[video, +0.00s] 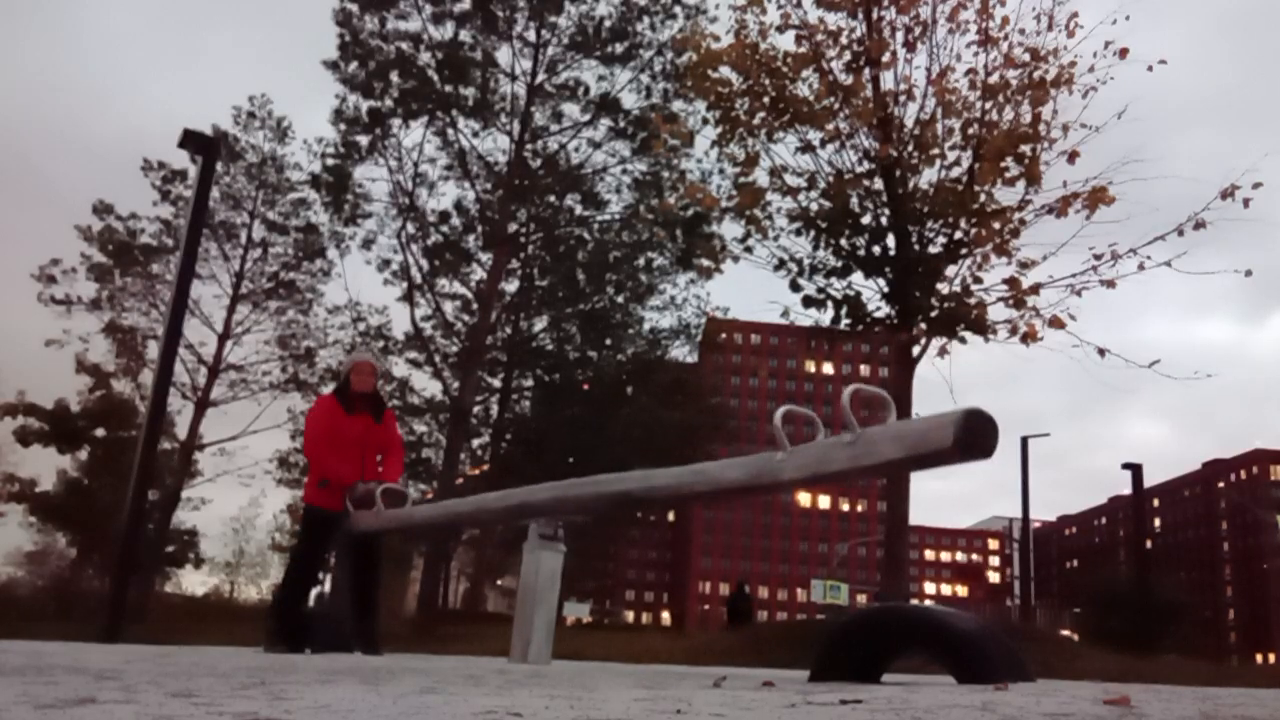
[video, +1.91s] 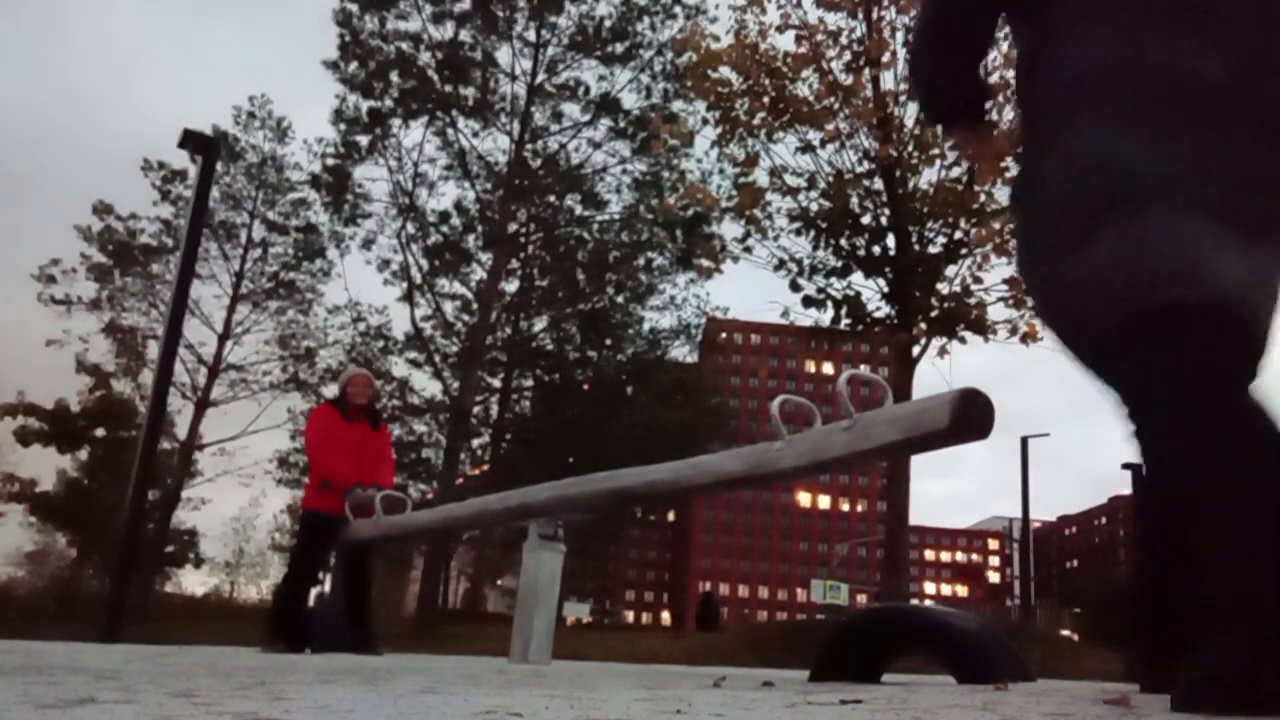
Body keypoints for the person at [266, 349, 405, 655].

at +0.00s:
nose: (365, 379)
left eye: (370, 374)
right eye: (359, 373)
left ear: (377, 380)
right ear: (347, 377)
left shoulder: (383, 415)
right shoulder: (326, 407)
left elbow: (394, 452)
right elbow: (316, 451)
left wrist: (390, 483)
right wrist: (347, 482)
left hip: (365, 510)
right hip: (324, 505)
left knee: (366, 576)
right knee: (304, 569)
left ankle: (365, 639)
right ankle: (282, 635)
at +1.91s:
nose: (361, 390)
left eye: (366, 386)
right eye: (355, 385)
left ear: (373, 392)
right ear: (344, 389)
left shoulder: (377, 426)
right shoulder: (323, 415)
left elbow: (386, 465)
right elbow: (318, 455)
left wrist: (378, 488)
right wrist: (346, 482)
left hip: (360, 513)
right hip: (322, 508)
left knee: (358, 578)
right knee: (303, 573)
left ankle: (360, 640)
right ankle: (282, 635)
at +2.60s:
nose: (371, 389)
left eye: (377, 384)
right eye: (366, 383)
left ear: (383, 390)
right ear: (353, 387)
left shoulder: (384, 426)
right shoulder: (331, 412)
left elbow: (391, 467)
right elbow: (320, 456)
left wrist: (382, 493)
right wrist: (348, 487)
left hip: (362, 514)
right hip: (325, 509)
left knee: (360, 580)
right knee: (305, 572)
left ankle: (361, 643)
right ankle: (281, 636)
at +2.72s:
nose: (373, 388)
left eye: (378, 383)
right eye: (367, 382)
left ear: (384, 390)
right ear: (354, 386)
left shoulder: (384, 424)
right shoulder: (332, 411)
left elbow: (391, 466)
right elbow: (321, 454)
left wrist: (386, 494)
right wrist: (346, 486)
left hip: (363, 513)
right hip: (325, 508)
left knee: (360, 579)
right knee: (306, 571)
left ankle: (361, 642)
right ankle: (282, 635)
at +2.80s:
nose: (373, 388)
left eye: (378, 384)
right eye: (368, 383)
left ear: (384, 389)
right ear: (355, 385)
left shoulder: (384, 425)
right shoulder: (333, 411)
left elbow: (391, 467)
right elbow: (321, 455)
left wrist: (385, 495)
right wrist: (349, 487)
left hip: (363, 514)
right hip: (325, 508)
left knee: (360, 579)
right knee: (306, 571)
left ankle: (361, 642)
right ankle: (282, 634)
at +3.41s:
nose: (373, 389)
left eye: (378, 385)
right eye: (367, 384)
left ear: (383, 390)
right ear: (353, 387)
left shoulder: (384, 424)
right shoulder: (332, 412)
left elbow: (394, 466)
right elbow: (320, 456)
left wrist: (389, 491)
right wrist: (351, 486)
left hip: (366, 514)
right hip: (328, 508)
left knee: (362, 577)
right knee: (307, 571)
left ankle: (360, 640)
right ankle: (282, 635)